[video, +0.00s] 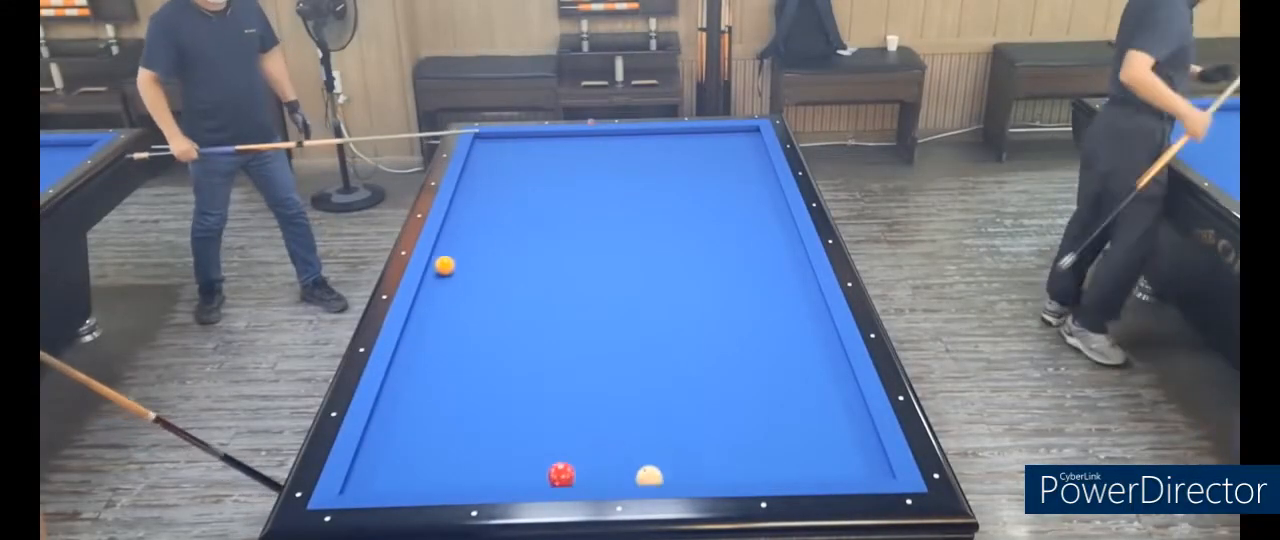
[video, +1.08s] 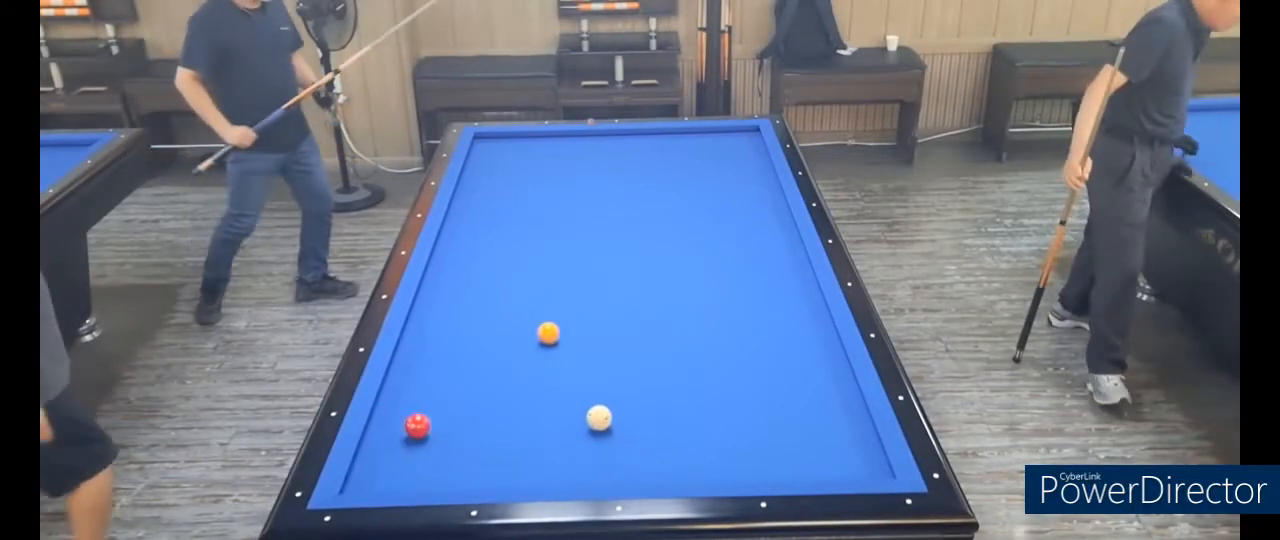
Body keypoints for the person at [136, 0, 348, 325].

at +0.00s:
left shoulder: (247, 7)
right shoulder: (168, 20)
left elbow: (270, 54)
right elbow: (147, 80)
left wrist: (293, 105)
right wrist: (175, 137)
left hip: (262, 136)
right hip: (210, 145)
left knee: (292, 209)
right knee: (209, 222)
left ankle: (313, 283)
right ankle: (210, 291)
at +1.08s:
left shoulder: (275, 8)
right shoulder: (207, 20)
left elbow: (291, 57)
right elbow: (186, 80)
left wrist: (317, 88)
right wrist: (226, 129)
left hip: (296, 137)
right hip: (251, 146)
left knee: (319, 203)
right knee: (240, 222)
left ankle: (313, 280)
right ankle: (212, 290)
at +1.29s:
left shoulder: (299, 5)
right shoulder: (237, 15)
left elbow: (312, 42)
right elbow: (230, 80)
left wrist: (337, 59)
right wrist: (278, 123)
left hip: (317, 129)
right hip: (282, 138)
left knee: (324, 209)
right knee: (296, 214)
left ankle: (313, 280)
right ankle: (262, 285)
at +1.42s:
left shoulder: (307, 4)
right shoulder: (257, 11)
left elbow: (318, 39)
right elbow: (257, 80)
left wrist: (349, 52)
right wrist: (312, 116)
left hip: (324, 125)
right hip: (296, 132)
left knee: (324, 206)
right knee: (327, 209)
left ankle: (310, 280)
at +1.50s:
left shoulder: (310, 5)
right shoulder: (267, 12)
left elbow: (322, 42)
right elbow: (271, 80)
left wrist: (355, 50)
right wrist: (329, 113)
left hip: (327, 128)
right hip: (305, 133)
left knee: (320, 208)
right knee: (340, 210)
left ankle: (312, 280)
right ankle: (362, 288)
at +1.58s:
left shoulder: (321, 6)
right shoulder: (290, 11)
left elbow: (326, 48)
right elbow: (298, 84)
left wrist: (361, 48)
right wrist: (356, 110)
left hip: (335, 128)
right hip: (319, 132)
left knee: (323, 206)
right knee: (361, 205)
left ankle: (313, 279)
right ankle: (395, 270)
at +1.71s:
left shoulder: (331, 9)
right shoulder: (326, 15)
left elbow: (337, 55)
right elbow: (345, 86)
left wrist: (374, 53)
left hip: (334, 128)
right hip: (347, 132)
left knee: (333, 204)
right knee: (390, 202)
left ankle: (313, 278)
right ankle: (424, 273)